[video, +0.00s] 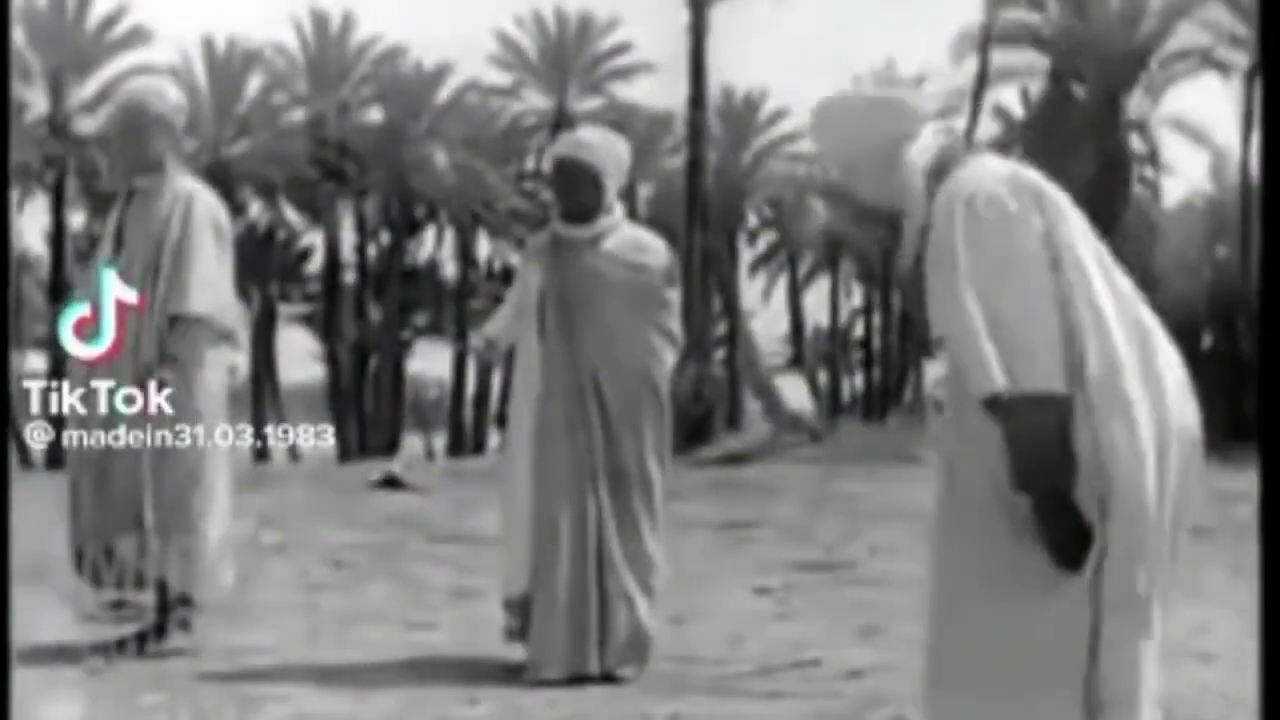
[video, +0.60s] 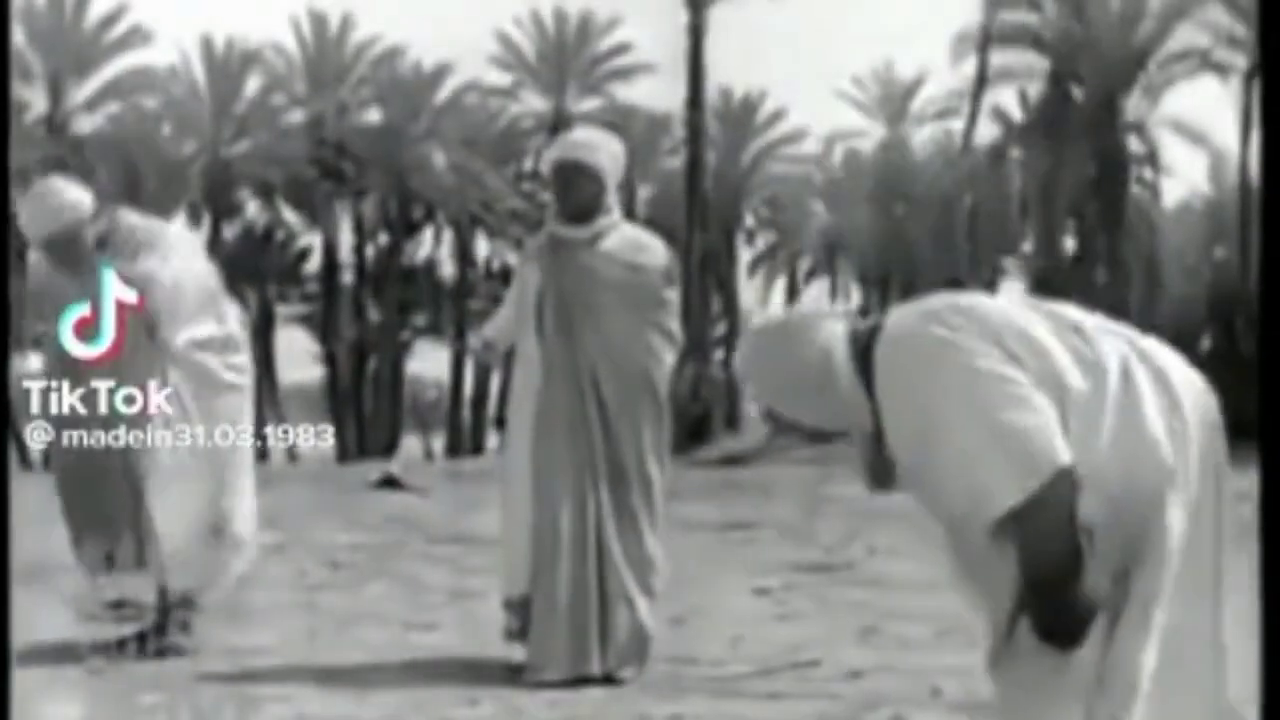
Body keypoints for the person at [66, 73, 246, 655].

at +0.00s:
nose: (109, 151)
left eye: (117, 138)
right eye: (110, 139)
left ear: (153, 136)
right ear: (133, 137)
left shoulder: (193, 205)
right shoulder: (128, 205)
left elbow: (197, 303)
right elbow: (111, 284)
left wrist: (173, 368)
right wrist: (103, 353)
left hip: (186, 364)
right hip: (134, 361)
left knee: (181, 480)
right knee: (140, 478)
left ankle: (178, 603)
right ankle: (150, 596)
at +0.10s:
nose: (107, 153)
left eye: (113, 140)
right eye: (106, 141)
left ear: (146, 137)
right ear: (128, 139)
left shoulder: (193, 204)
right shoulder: (121, 208)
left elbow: (195, 304)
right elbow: (102, 281)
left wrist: (151, 353)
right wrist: (94, 325)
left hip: (189, 362)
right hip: (134, 361)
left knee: (184, 474)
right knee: (138, 472)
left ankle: (179, 600)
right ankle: (153, 592)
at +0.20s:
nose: (95, 163)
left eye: (102, 150)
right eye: (93, 151)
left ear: (133, 147)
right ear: (111, 153)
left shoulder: (186, 205)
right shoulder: (116, 213)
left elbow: (200, 291)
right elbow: (77, 272)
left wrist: (136, 289)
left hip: (192, 358)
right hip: (136, 360)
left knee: (183, 468)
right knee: (143, 468)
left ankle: (182, 595)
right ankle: (159, 593)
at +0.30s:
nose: (85, 186)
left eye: (90, 172)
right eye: (79, 174)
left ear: (118, 166)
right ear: (84, 175)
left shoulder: (182, 208)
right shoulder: (102, 222)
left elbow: (193, 281)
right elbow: (52, 276)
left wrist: (133, 227)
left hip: (193, 368)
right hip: (135, 368)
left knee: (185, 478)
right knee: (149, 476)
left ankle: (183, 602)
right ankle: (164, 599)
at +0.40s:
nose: (67, 215)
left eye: (73, 202)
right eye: (61, 204)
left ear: (100, 193)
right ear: (61, 201)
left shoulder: (160, 237)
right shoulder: (64, 252)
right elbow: (40, 332)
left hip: (191, 373)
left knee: (168, 482)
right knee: (151, 480)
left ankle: (178, 605)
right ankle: (166, 603)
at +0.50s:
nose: (65, 239)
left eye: (68, 226)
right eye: (59, 228)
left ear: (90, 214)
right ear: (67, 219)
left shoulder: (165, 254)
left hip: (202, 376)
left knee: (174, 487)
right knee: (162, 484)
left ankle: (177, 614)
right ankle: (167, 609)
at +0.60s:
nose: (61, 259)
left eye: (67, 244)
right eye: (48, 249)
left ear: (93, 226)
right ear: (37, 244)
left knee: (178, 495)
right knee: (159, 494)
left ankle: (176, 614)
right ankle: (160, 612)